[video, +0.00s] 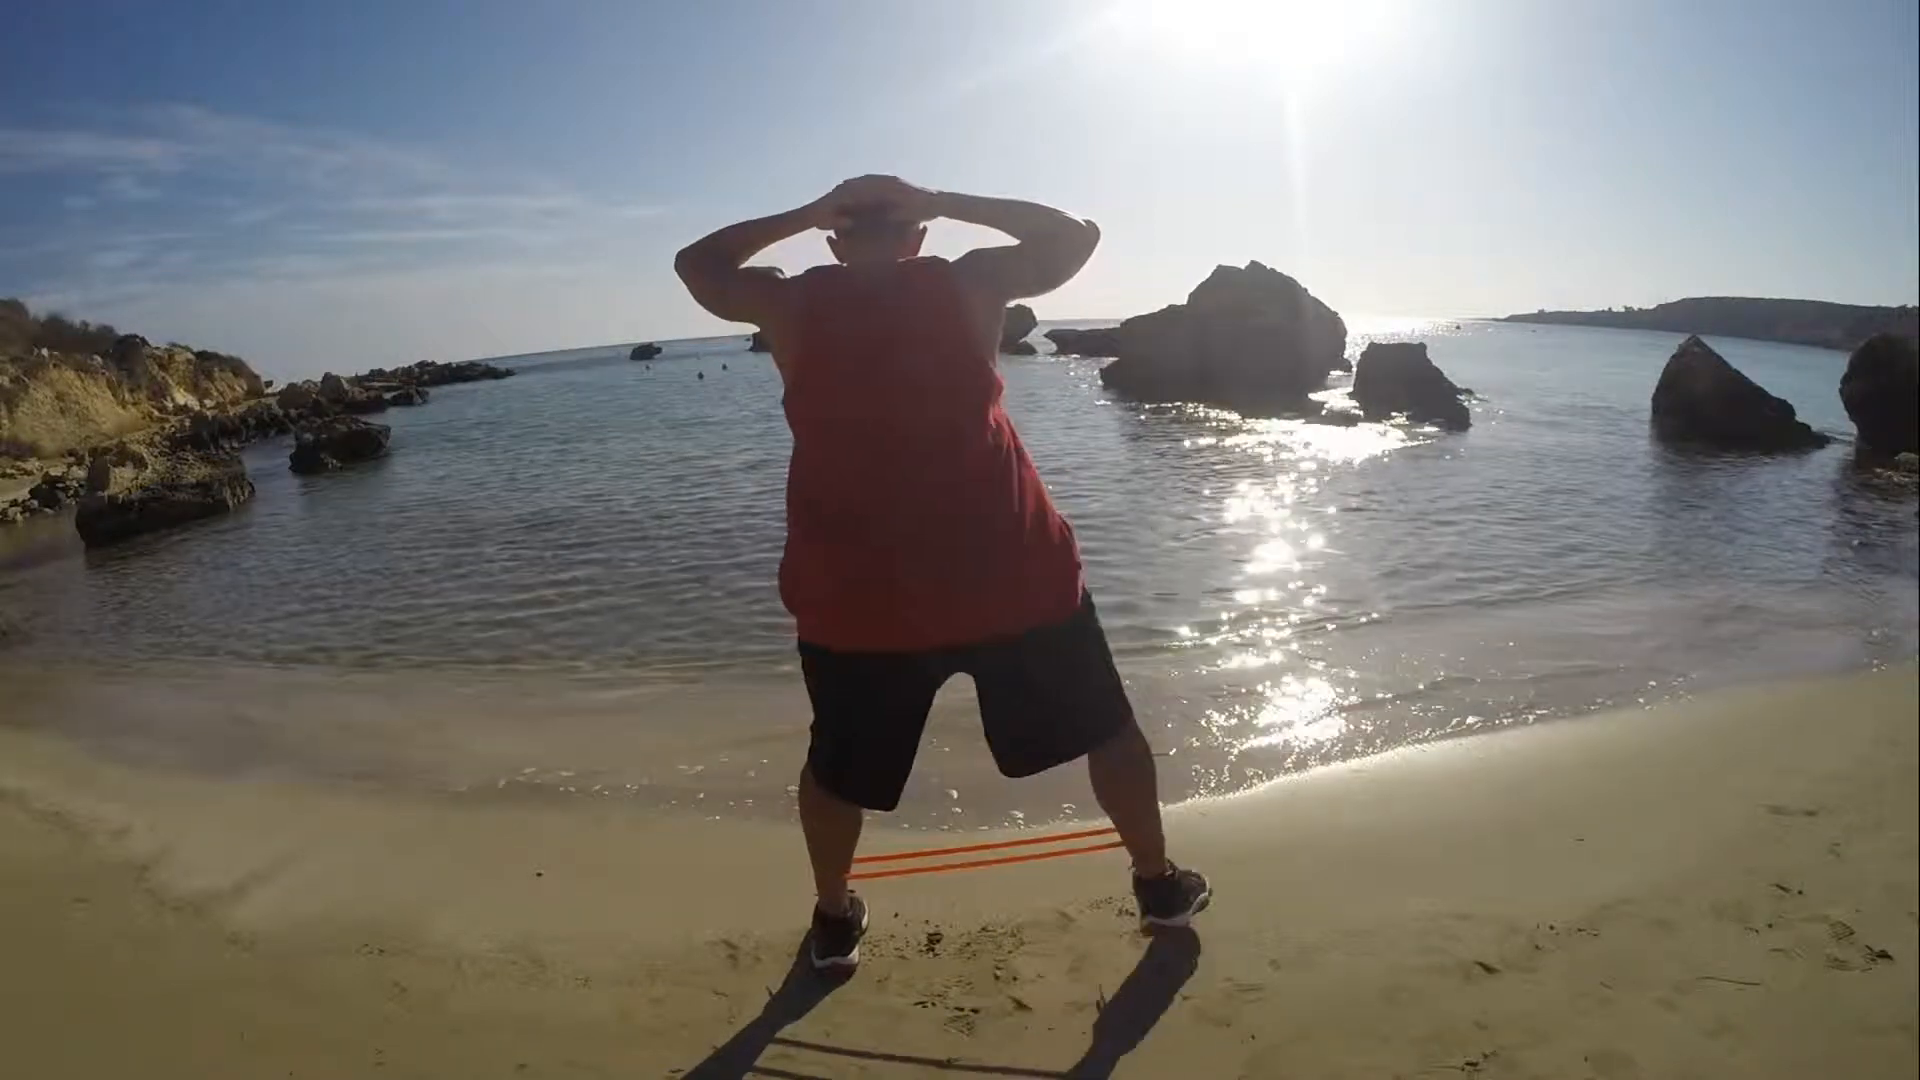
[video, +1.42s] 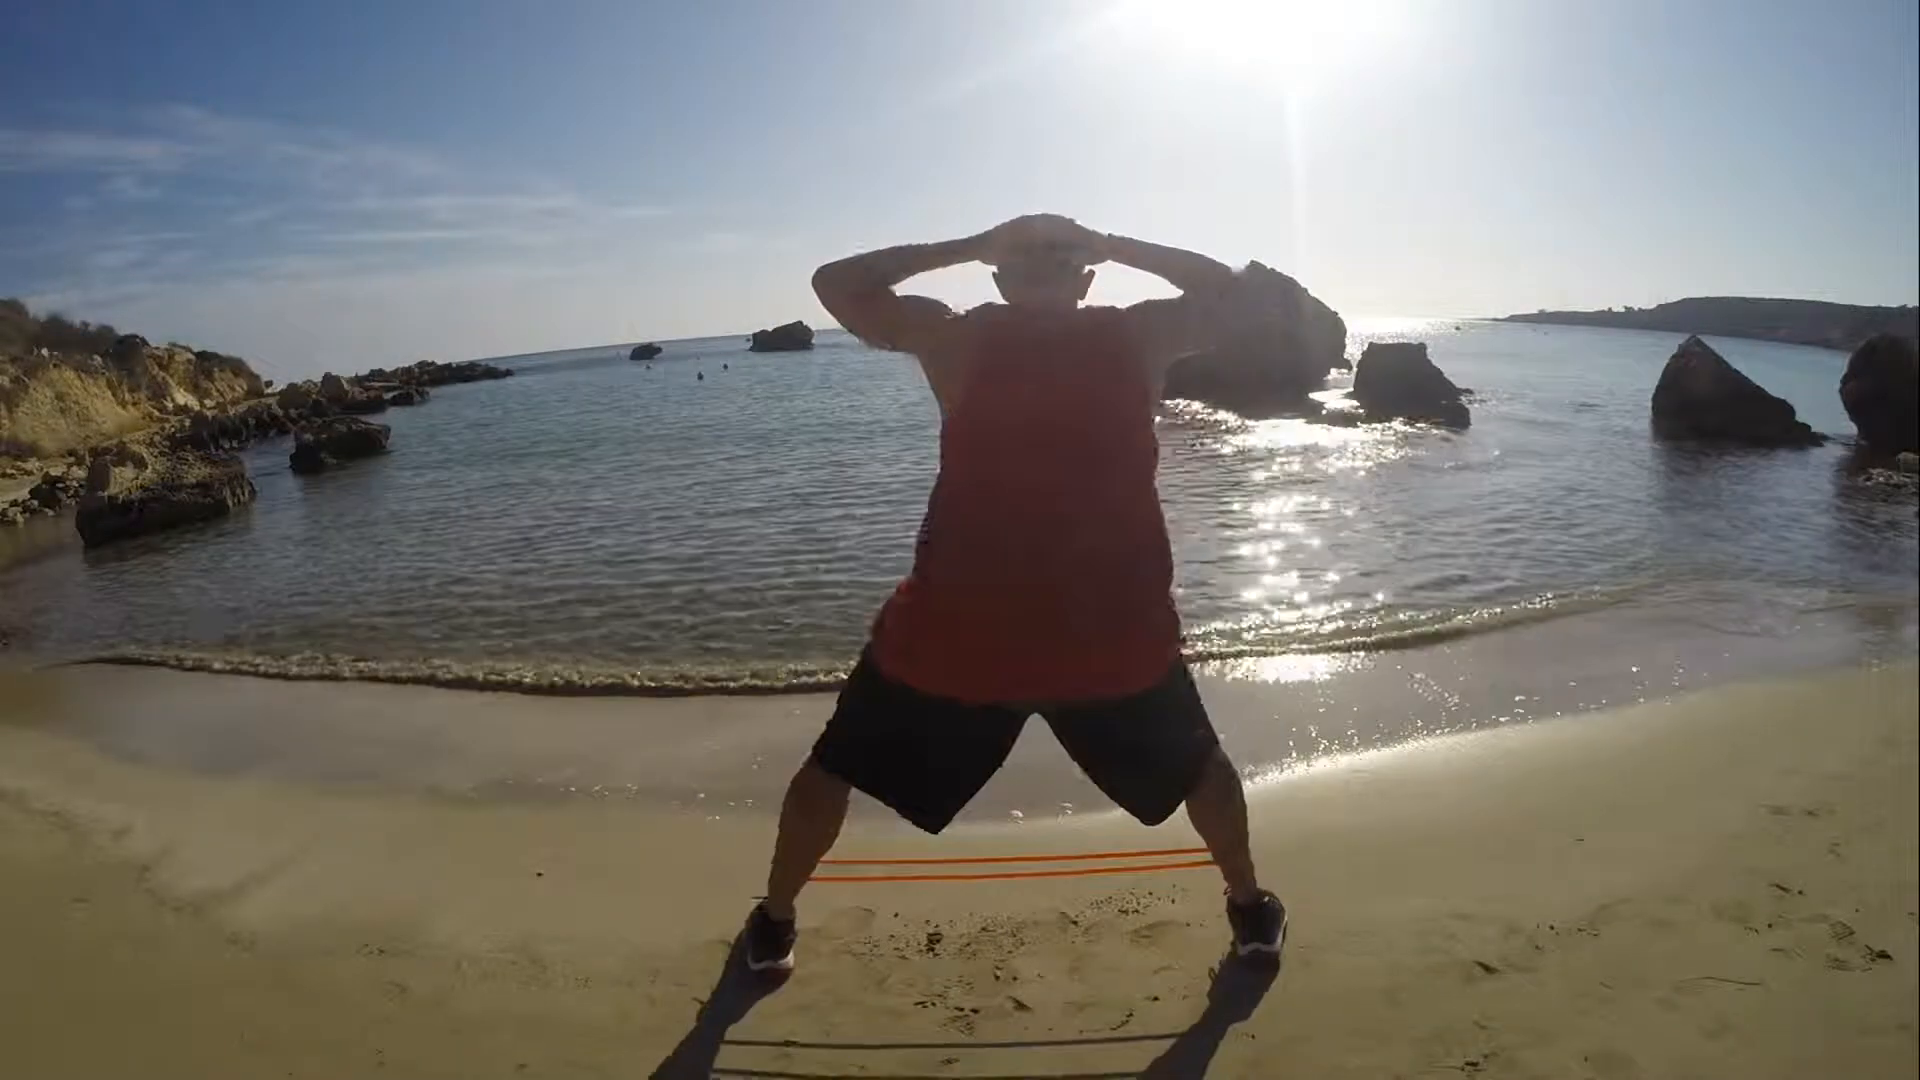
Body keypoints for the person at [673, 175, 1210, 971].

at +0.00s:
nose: (866, 222)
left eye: (857, 214)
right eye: (884, 210)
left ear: (831, 237)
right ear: (918, 233)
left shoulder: (789, 303)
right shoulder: (968, 286)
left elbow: (698, 265)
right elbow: (1072, 236)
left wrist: (807, 214)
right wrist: (939, 201)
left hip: (855, 576)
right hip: (1003, 557)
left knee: (839, 760)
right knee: (1107, 727)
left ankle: (832, 917)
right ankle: (1156, 881)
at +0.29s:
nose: (929, 247)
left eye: (930, 234)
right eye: (934, 232)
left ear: (913, 250)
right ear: (998, 247)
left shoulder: (873, 322)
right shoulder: (1052, 304)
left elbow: (764, 278)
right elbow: (1147, 251)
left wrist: (881, 228)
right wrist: (1019, 217)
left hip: (934, 596)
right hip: (1083, 590)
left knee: (868, 771)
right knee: (1179, 764)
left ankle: (838, 916)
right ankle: (1253, 904)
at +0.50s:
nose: (1034, 246)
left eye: (1036, 231)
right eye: (1037, 229)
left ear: (1028, 240)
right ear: (1105, 235)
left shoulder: (999, 312)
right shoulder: (1167, 293)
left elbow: (866, 270)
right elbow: (1247, 243)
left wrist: (990, 221)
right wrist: (1127, 210)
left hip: (1036, 578)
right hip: (1179, 579)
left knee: (936, 743)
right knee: (1232, 748)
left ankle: (873, 896)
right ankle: (1257, 907)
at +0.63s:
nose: (1107, 230)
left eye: (1104, 216)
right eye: (1105, 215)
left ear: (1080, 228)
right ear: (1157, 221)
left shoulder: (1056, 298)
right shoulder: (1218, 281)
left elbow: (914, 250)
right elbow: (1291, 238)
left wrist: (1039, 207)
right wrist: (1183, 197)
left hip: (1085, 561)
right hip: (1225, 563)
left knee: (1002, 734)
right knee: (1251, 752)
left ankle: (992, 893)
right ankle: (1261, 904)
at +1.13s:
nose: (1144, 243)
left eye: (1137, 232)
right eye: (1161, 227)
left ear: (1120, 248)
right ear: (1203, 246)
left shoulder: (1089, 310)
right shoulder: (1259, 303)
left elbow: (960, 257)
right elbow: (1334, 263)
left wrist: (1092, 223)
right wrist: (1224, 221)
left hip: (1087, 566)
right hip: (1225, 581)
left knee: (959, 718)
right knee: (1249, 744)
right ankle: (1260, 908)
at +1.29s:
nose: (1093, 264)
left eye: (1090, 253)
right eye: (1110, 252)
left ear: (1077, 265)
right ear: (1157, 267)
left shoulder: (1034, 328)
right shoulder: (1209, 326)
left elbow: (911, 273)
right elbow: (1289, 275)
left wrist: (1042, 239)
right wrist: (1177, 237)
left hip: (1021, 594)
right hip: (1170, 606)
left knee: (875, 750)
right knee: (1230, 757)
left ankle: (784, 901)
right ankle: (1255, 904)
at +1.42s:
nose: (1050, 265)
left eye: (1044, 252)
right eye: (1052, 253)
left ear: (1001, 269)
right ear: (1083, 271)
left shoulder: (954, 337)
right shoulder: (1136, 336)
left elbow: (837, 283)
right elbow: (1233, 291)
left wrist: (968, 247)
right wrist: (1116, 246)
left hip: (959, 616)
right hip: (1110, 620)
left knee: (834, 765)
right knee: (1202, 767)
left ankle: (771, 922)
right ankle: (1249, 904)